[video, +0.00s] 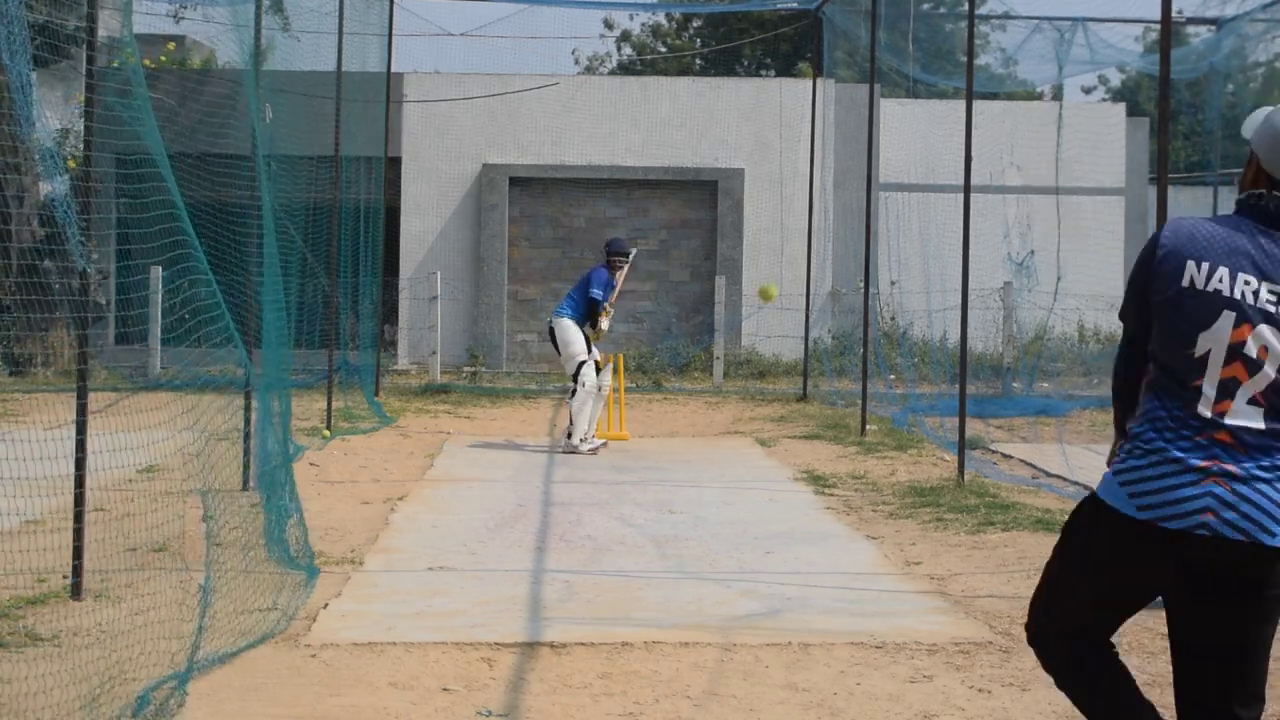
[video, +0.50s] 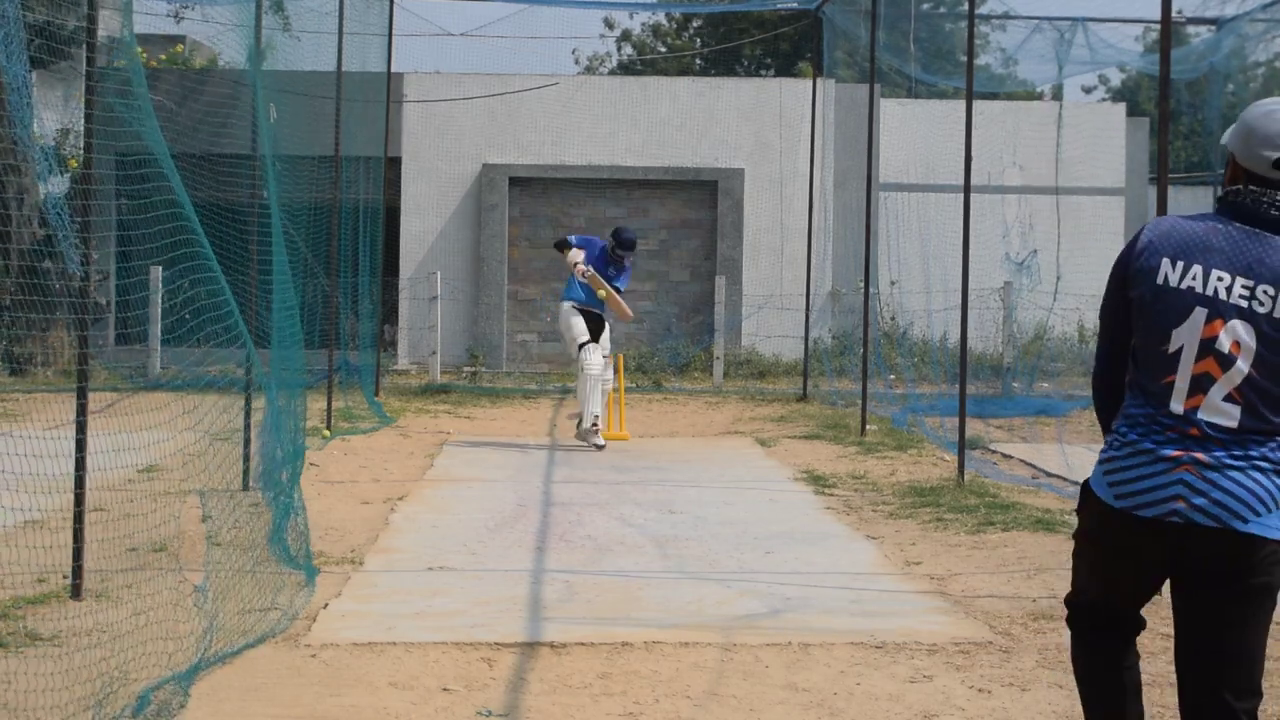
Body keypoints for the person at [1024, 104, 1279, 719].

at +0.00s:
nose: (1245, 166)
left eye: (1249, 158)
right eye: (1250, 158)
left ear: (1253, 167)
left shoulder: (1179, 240)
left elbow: (1129, 374)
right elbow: (1130, 376)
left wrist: (1134, 459)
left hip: (1146, 502)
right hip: (1255, 528)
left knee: (1061, 630)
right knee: (1228, 706)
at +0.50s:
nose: (1231, 170)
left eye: (1232, 162)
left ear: (1231, 169)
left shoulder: (1157, 240)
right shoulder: (1277, 264)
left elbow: (1109, 377)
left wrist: (1136, 456)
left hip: (1130, 501)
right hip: (1246, 519)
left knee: (1101, 621)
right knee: (1224, 700)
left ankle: (1116, 716)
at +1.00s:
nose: (1148, 195)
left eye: (1151, 181)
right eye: (1149, 182)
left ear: (1172, 178)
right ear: (1227, 181)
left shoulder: (1128, 248)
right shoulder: (1272, 267)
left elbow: (1073, 378)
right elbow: (1273, 398)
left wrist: (1122, 440)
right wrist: (1233, 446)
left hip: (1128, 512)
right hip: (1237, 516)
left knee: (1080, 698)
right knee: (1212, 701)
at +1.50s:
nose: (961, 288)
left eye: (960, 275)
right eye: (958, 278)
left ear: (980, 250)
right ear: (1037, 241)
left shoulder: (973, 306)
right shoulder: (1117, 294)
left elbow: (938, 451)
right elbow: (1166, 418)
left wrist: (897, 575)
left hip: (1059, 535)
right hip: (1166, 534)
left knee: (982, 706)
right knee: (1163, 708)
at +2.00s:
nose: (767, 522)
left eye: (760, 507)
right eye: (759, 510)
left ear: (770, 481)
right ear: (803, 442)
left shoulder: (791, 512)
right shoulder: (894, 408)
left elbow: (769, 664)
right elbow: (1031, 448)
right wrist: (902, 564)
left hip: (962, 561)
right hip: (1075, 529)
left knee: (896, 709)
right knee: (1129, 705)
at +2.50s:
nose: (953, 271)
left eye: (952, 259)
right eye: (952, 259)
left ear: (964, 257)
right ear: (1035, 243)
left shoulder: (943, 337)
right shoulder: (1117, 306)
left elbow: (953, 491)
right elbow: (1173, 446)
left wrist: (1041, 500)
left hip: (1044, 579)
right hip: (1166, 570)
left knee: (979, 710)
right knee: (1161, 711)